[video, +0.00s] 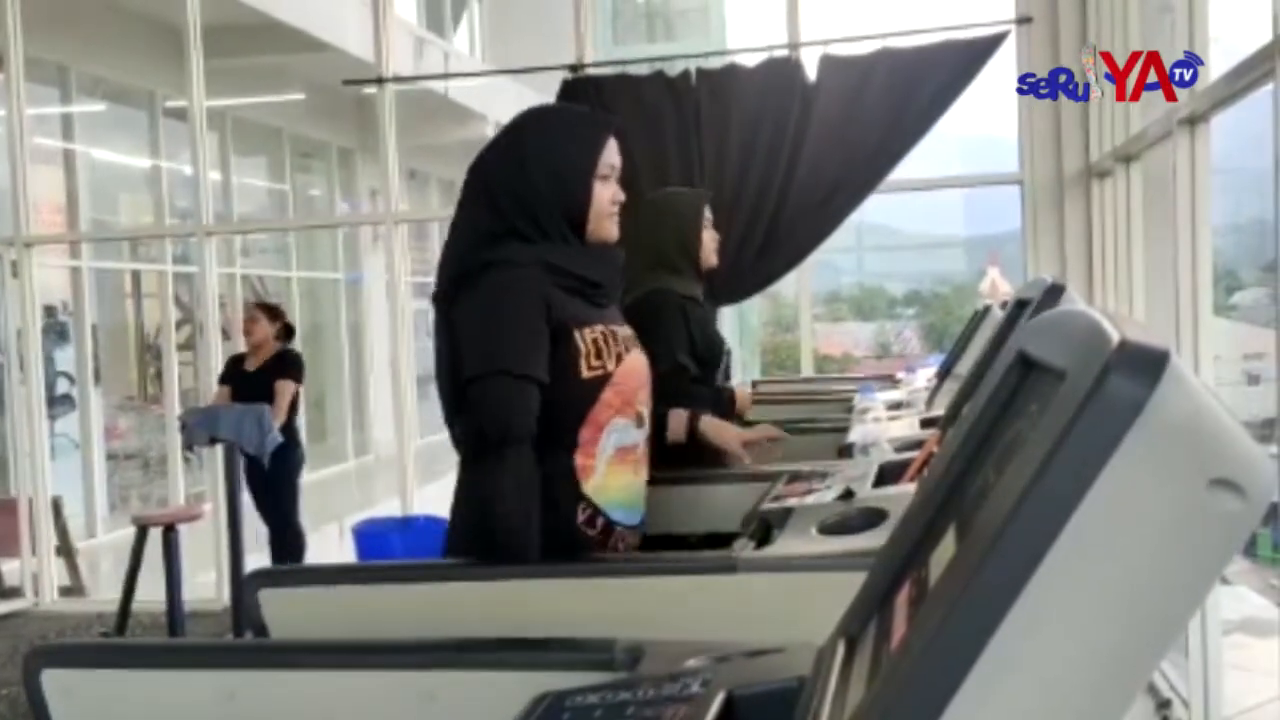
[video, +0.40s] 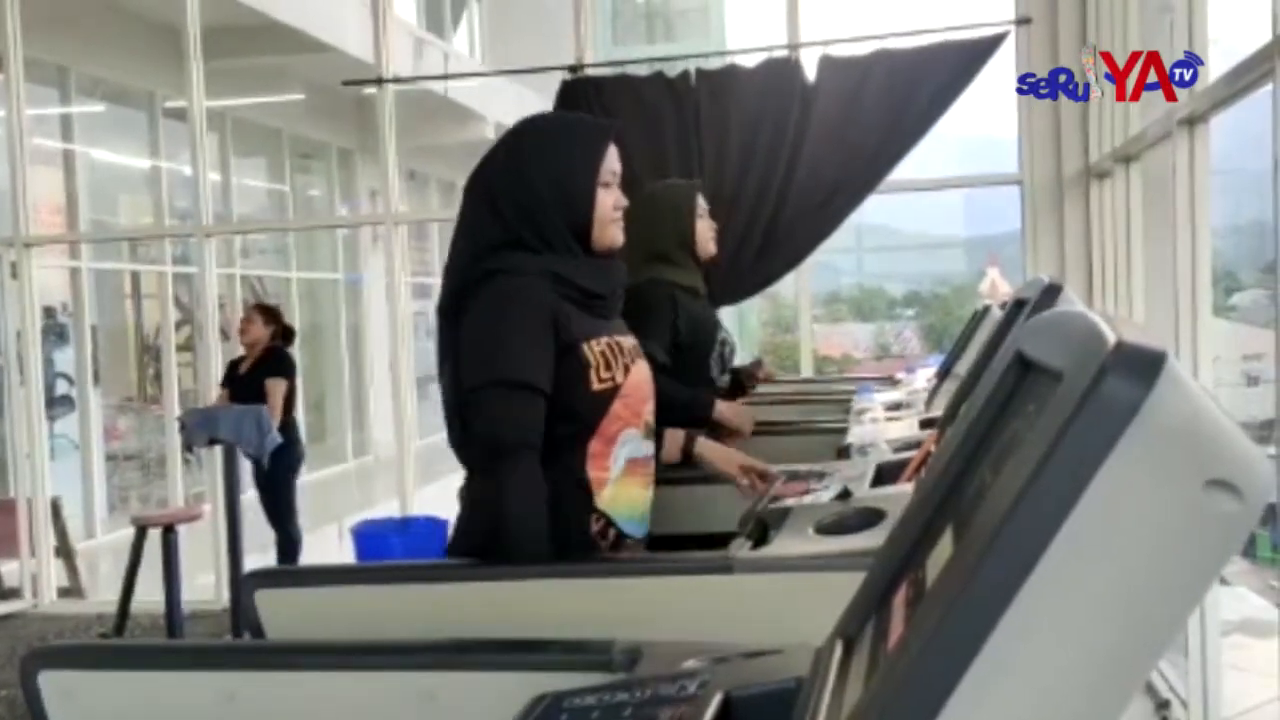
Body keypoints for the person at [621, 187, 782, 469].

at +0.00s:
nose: (716, 237)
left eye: (712, 227)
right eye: (708, 227)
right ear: (681, 234)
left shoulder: (686, 297)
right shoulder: (662, 303)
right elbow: (674, 392)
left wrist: (728, 397)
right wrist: (728, 401)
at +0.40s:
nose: (714, 226)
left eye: (709, 215)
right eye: (703, 215)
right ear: (676, 224)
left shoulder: (690, 290)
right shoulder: (658, 292)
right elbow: (648, 383)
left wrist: (742, 379)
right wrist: (716, 408)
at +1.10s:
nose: (719, 228)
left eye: (714, 219)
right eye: (709, 219)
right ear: (684, 227)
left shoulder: (683, 290)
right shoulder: (669, 296)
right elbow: (683, 387)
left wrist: (736, 387)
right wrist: (739, 388)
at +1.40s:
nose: (727, 221)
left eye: (723, 211)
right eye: (716, 211)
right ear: (688, 219)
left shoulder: (688, 284)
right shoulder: (667, 289)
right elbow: (674, 380)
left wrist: (742, 386)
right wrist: (737, 407)